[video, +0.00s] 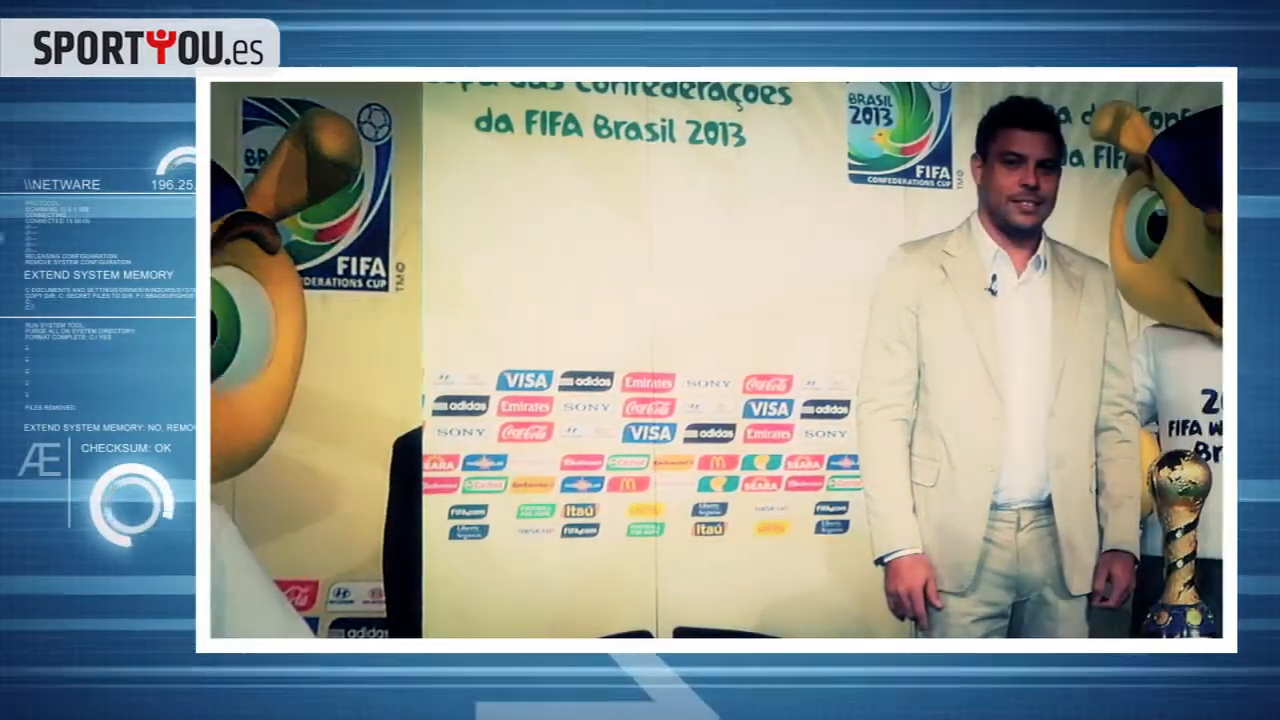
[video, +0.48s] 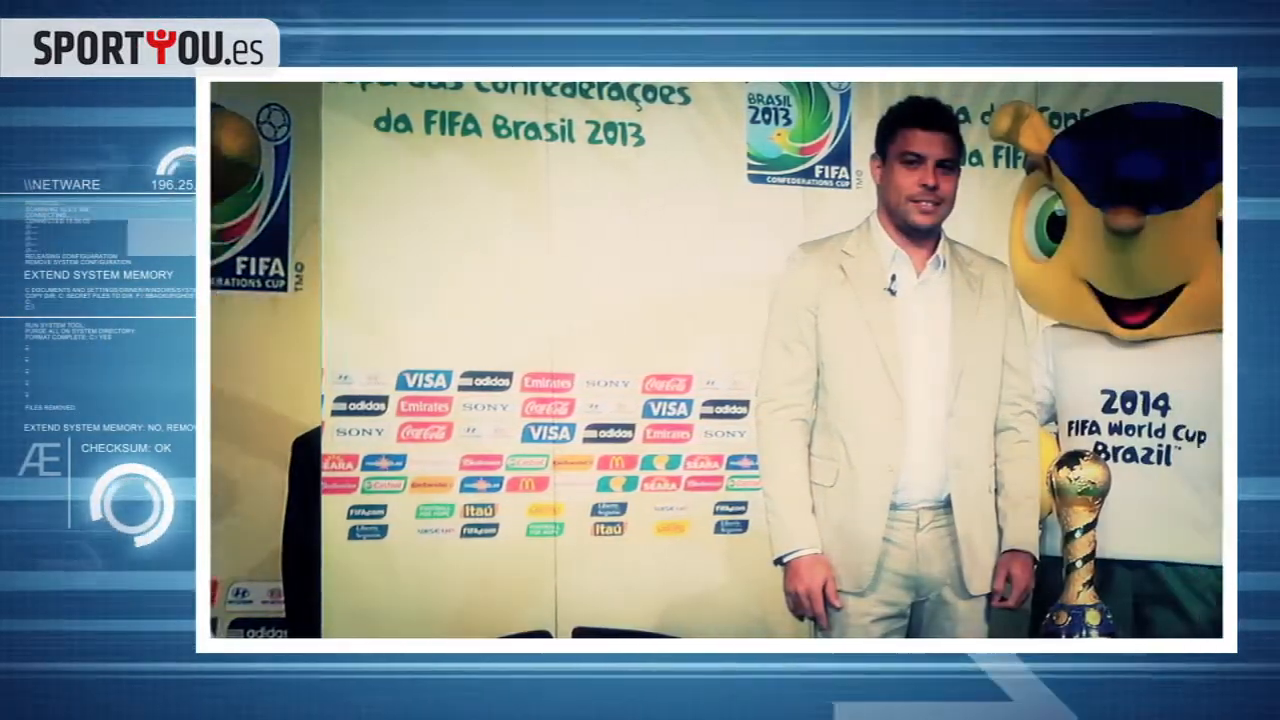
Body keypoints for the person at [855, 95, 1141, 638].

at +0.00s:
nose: (1031, 180)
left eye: (1047, 166)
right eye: (1013, 162)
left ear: (1060, 177)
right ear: (978, 170)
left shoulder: (1093, 282)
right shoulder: (915, 270)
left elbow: (1116, 422)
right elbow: (882, 414)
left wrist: (1120, 542)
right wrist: (899, 549)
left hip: (1066, 544)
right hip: (958, 547)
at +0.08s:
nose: (1014, 180)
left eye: (1030, 166)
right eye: (996, 162)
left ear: (1044, 178)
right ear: (961, 170)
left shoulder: (1076, 282)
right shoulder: (899, 271)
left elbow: (1100, 422)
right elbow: (865, 414)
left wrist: (1103, 543)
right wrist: (882, 549)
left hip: (1049, 544)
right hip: (942, 547)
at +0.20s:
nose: (989, 180)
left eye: (1005, 166)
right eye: (971, 162)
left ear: (1018, 178)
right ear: (936, 170)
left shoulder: (1051, 283)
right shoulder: (873, 271)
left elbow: (1075, 422)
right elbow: (840, 414)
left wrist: (1078, 543)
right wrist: (857, 549)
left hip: (1025, 544)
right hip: (917, 547)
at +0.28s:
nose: (972, 180)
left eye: (988, 166)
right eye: (954, 162)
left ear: (1002, 178)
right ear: (919, 170)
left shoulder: (1035, 283)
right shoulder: (857, 270)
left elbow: (1058, 422)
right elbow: (823, 414)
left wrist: (1061, 543)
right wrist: (840, 549)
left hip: (1008, 544)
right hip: (900, 547)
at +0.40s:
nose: (947, 180)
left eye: (963, 166)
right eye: (929, 162)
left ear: (976, 178)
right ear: (894, 170)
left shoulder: (1010, 283)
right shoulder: (832, 271)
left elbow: (1033, 423)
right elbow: (798, 414)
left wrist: (1036, 543)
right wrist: (815, 549)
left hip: (983, 544)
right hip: (874, 546)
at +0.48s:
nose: (930, 180)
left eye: (946, 166)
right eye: (912, 162)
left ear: (959, 178)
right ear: (877, 170)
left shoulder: (993, 283)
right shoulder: (815, 271)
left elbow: (1016, 423)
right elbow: (781, 414)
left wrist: (1019, 543)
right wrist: (798, 549)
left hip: (966, 543)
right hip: (858, 546)